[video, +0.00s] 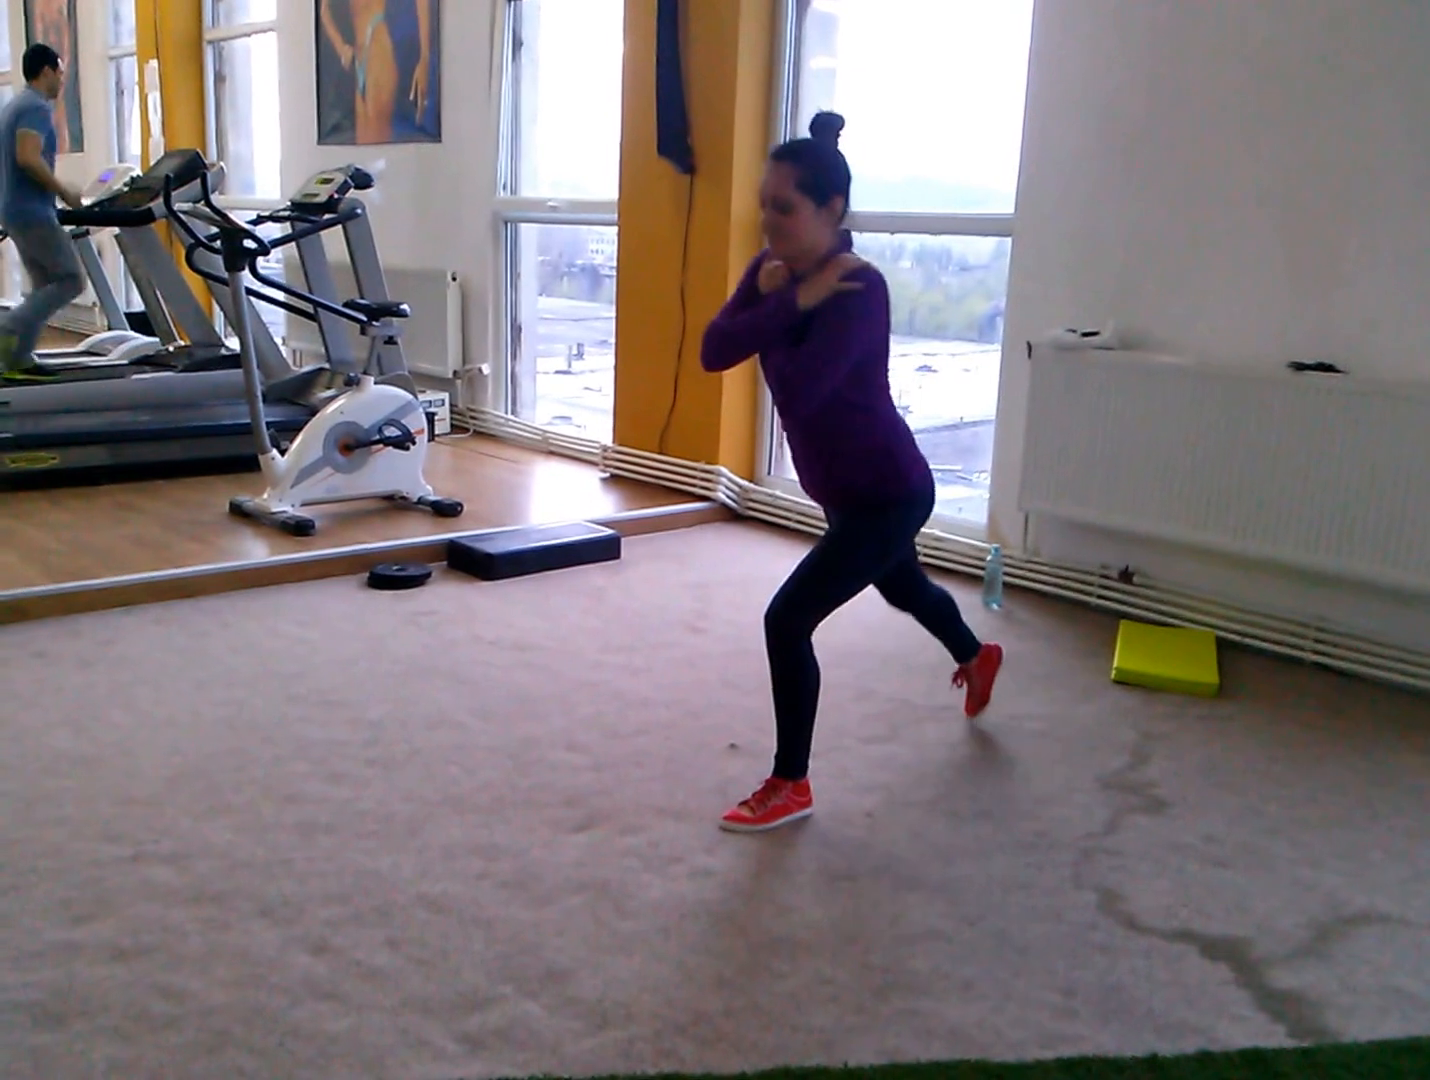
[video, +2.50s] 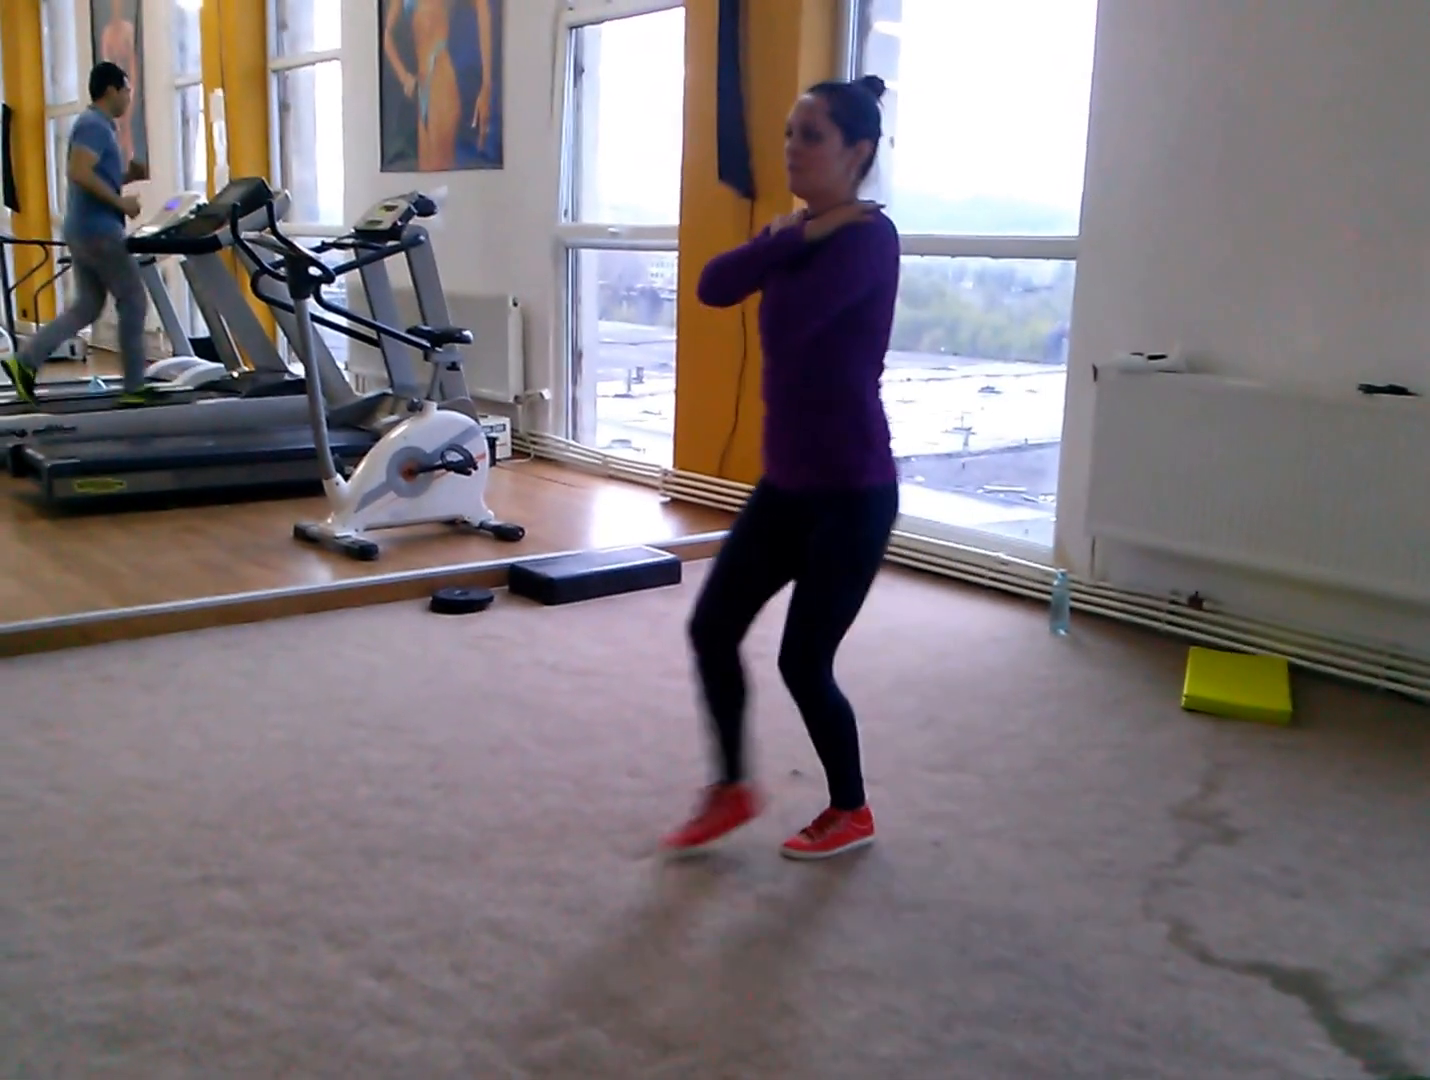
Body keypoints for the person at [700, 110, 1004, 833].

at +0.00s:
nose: (767, 220)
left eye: (782, 208)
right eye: (764, 205)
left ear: (834, 214)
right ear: (761, 207)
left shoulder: (860, 290)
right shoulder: (766, 274)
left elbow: (805, 388)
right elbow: (713, 353)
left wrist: (768, 309)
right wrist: (799, 299)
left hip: (892, 497)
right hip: (842, 493)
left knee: (787, 621)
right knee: (908, 589)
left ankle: (790, 782)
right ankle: (975, 656)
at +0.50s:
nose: (830, 293)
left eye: (845, 280)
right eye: (825, 278)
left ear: (888, 285)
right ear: (821, 280)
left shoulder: (907, 358)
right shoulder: (819, 342)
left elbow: (853, 449)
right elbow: (766, 412)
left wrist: (815, 371)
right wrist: (845, 365)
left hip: (935, 551)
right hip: (879, 549)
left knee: (818, 622)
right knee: (946, 638)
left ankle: (806, 785)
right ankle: (1020, 662)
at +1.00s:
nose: (932, 318)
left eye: (949, 311)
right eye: (931, 305)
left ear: (989, 327)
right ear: (926, 306)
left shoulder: (980, 399)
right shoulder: (908, 365)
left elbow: (898, 457)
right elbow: (836, 398)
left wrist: (894, 383)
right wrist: (930, 377)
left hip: (938, 589)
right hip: (885, 577)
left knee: (819, 623)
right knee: (945, 677)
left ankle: (818, 789)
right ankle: (1040, 666)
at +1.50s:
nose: (920, 353)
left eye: (937, 344)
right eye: (919, 340)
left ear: (979, 359)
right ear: (914, 342)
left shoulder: (982, 428)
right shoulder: (908, 404)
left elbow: (902, 485)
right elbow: (838, 443)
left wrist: (897, 425)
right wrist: (914, 412)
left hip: (949, 617)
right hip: (889, 608)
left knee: (837, 628)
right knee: (950, 709)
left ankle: (826, 795)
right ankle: (1044, 674)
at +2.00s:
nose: (814, 283)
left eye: (830, 270)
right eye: (812, 267)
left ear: (872, 280)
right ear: (809, 271)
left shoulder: (887, 354)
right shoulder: (810, 346)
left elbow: (838, 452)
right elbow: (750, 419)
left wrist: (806, 377)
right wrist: (801, 364)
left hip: (947, 544)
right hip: (902, 544)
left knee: (828, 642)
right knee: (954, 639)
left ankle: (837, 803)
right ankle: (1029, 679)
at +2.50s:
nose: (790, 147)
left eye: (809, 135)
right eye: (790, 133)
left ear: (859, 152)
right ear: (796, 146)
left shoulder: (871, 238)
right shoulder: (793, 236)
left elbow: (790, 323)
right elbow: (710, 287)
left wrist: (768, 252)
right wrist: (798, 237)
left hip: (854, 492)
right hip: (785, 484)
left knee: (804, 661)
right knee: (713, 628)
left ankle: (850, 808)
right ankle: (730, 787)